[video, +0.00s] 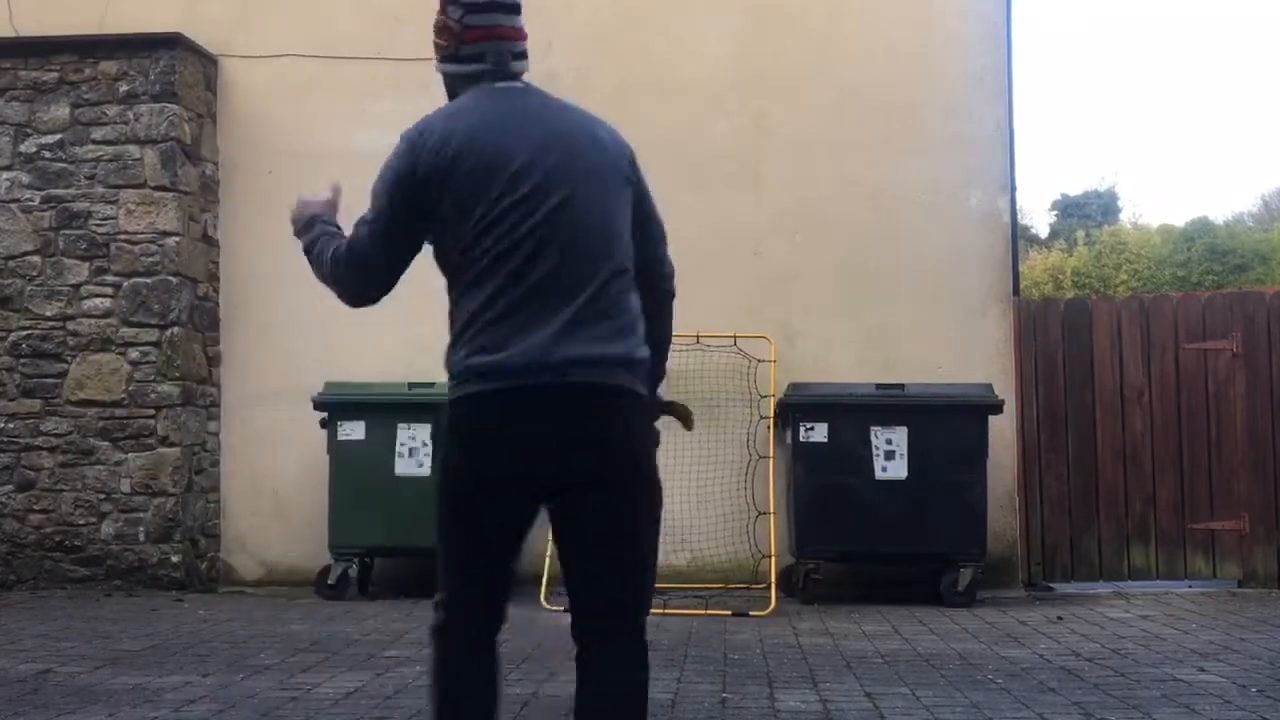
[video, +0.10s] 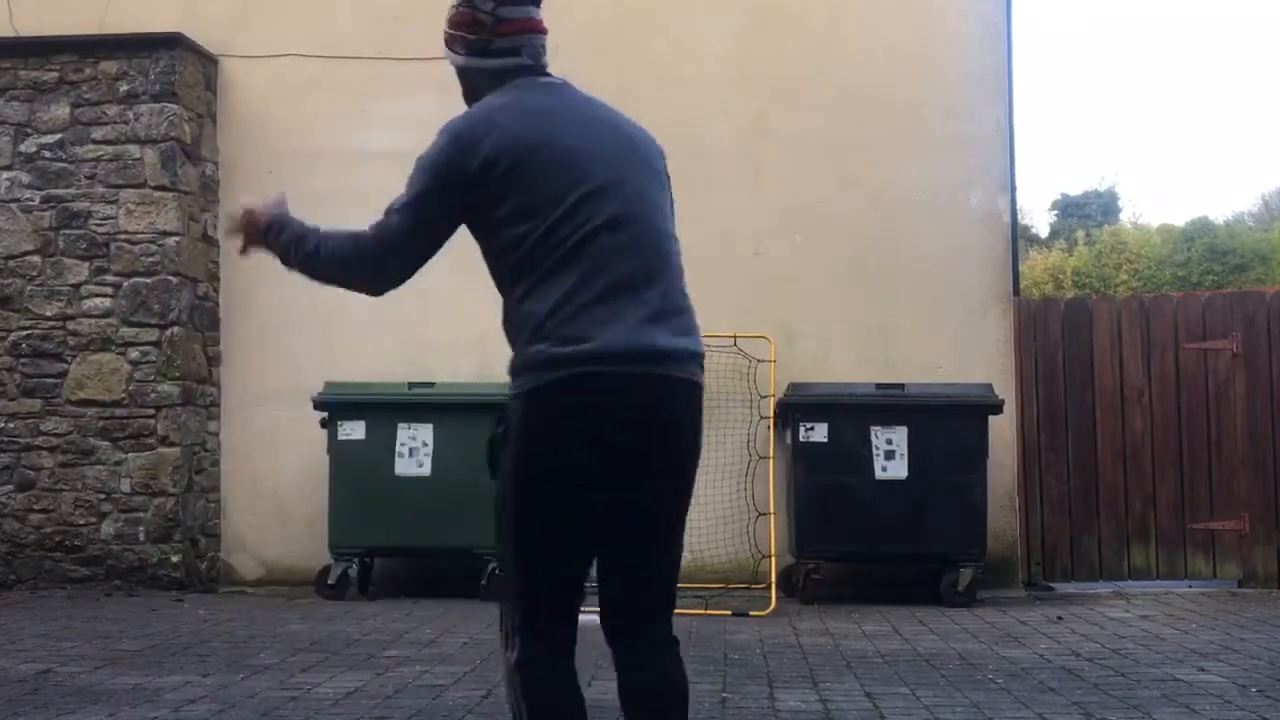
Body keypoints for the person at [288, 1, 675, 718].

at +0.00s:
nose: (440, 75)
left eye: (440, 62)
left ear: (446, 63)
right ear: (522, 58)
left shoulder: (435, 140)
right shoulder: (603, 138)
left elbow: (361, 278)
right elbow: (656, 276)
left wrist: (317, 228)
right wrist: (642, 385)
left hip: (493, 414)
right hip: (611, 412)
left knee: (468, 618)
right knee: (613, 633)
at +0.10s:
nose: (454, 81)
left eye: (455, 67)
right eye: (455, 67)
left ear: (468, 63)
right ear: (540, 54)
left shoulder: (478, 134)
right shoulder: (634, 133)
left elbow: (379, 261)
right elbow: (636, 261)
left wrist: (280, 232)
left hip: (562, 396)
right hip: (670, 394)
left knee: (540, 630)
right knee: (645, 627)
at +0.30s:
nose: (520, 97)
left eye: (521, 80)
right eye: (518, 80)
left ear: (539, 74)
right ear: (601, 64)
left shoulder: (557, 154)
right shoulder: (667, 133)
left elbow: (516, 308)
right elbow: (668, 283)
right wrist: (613, 406)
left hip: (656, 411)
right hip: (747, 405)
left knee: (570, 637)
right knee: (674, 595)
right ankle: (759, 715)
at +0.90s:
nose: (632, 150)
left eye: (632, 131)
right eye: (626, 131)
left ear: (654, 121)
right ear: (698, 100)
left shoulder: (697, 198)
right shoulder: (766, 143)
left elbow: (709, 360)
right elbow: (736, 289)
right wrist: (627, 310)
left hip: (870, 417)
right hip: (931, 391)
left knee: (846, 649)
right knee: (881, 627)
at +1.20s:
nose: (609, 83)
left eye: (608, 72)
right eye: (615, 69)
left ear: (617, 80)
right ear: (693, 63)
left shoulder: (625, 189)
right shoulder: (784, 129)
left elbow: (665, 324)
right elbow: (814, 269)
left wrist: (717, 391)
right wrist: (714, 378)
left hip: (752, 425)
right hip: (852, 405)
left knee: (761, 650)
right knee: (790, 637)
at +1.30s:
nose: (607, 82)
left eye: (606, 72)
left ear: (611, 79)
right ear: (689, 65)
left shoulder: (611, 187)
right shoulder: (774, 134)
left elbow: (645, 324)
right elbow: (814, 261)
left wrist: (713, 379)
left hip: (726, 429)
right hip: (831, 411)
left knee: (705, 640)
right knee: (783, 620)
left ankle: (786, 711)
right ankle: (792, 717)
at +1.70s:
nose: (559, 75)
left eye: (556, 66)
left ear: (558, 81)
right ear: (635, 69)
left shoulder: (543, 176)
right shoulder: (710, 158)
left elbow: (465, 297)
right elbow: (786, 253)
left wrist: (395, 308)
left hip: (612, 439)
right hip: (725, 433)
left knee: (543, 644)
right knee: (667, 615)